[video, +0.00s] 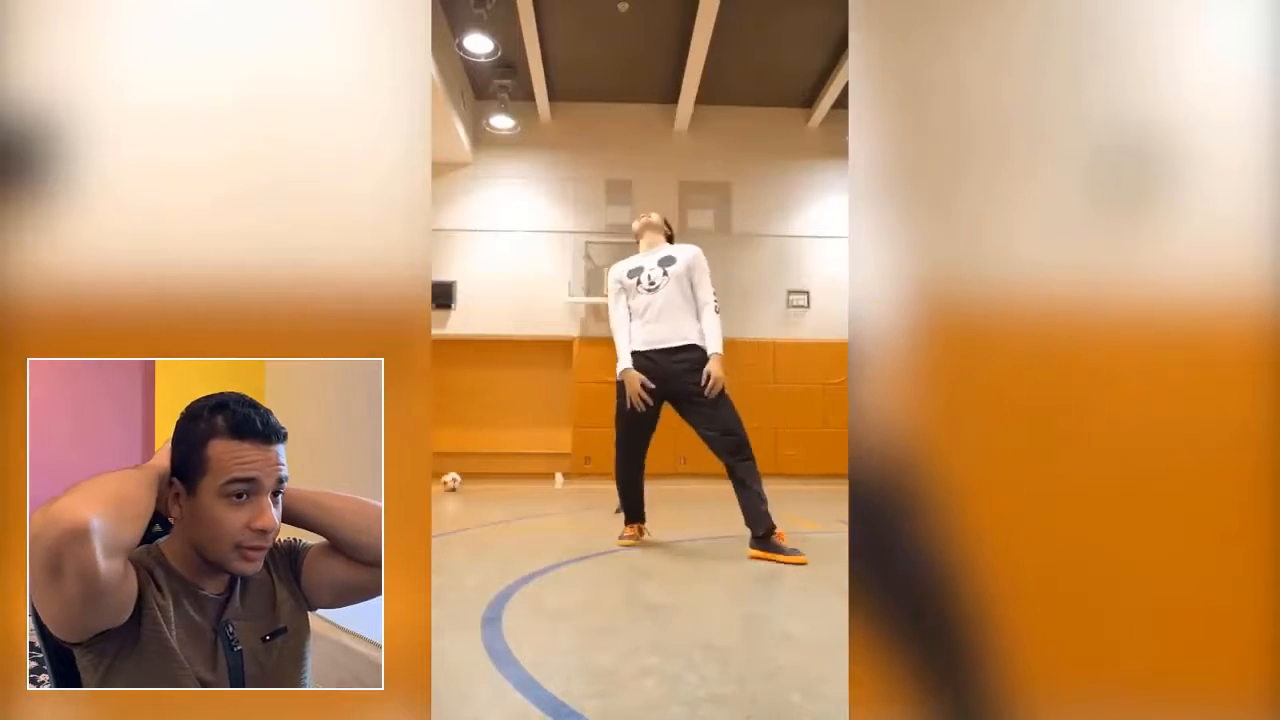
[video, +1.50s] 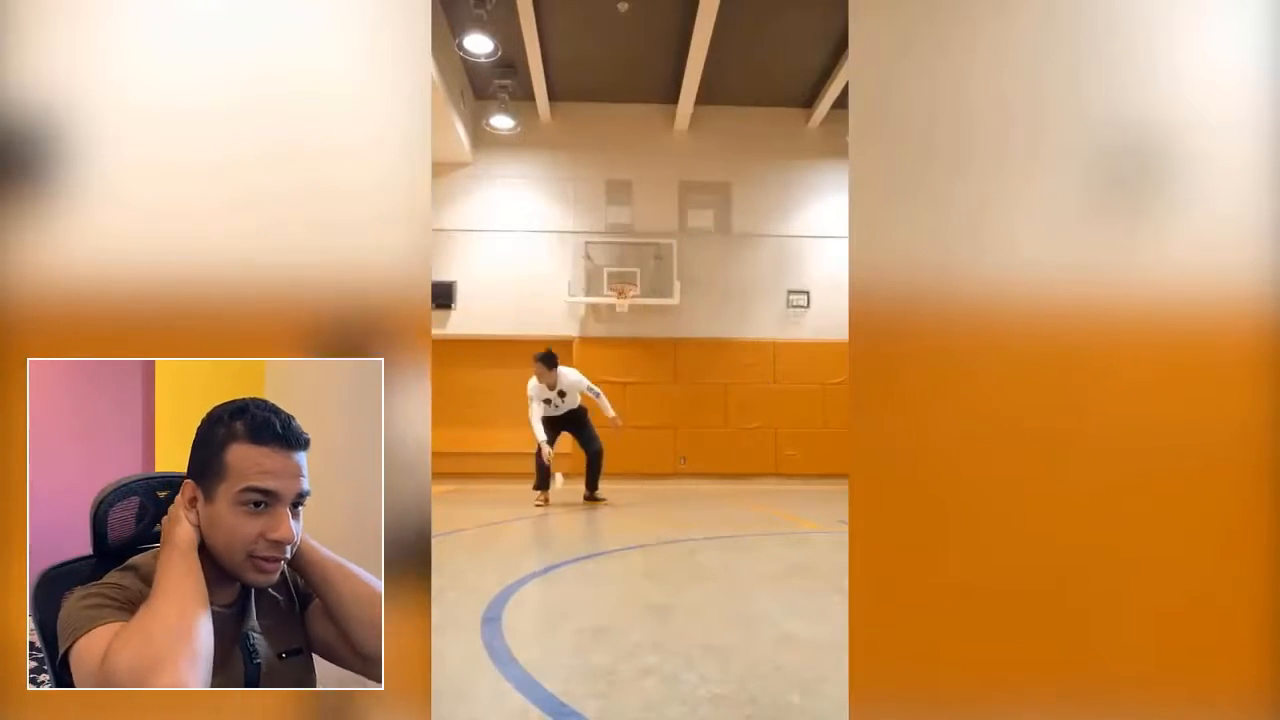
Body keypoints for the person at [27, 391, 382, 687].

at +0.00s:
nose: (267, 522)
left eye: (276, 494)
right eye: (239, 495)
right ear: (177, 501)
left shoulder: (283, 573)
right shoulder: (117, 598)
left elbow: (397, 551)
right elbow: (72, 534)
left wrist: (270, 494)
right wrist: (156, 473)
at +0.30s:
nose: (262, 529)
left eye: (275, 500)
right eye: (233, 500)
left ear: (281, 505)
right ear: (178, 501)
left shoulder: (285, 575)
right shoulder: (116, 601)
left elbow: (398, 556)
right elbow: (74, 523)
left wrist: (271, 501)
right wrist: (160, 479)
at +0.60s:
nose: (284, 534)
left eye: (292, 504)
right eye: (257, 504)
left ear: (295, 502)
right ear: (191, 503)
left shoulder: (285, 578)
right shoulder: (119, 595)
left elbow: (398, 578)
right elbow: (91, 559)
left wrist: (288, 513)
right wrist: (166, 489)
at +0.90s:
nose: (273, 528)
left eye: (285, 501)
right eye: (244, 498)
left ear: (291, 502)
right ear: (185, 496)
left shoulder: (280, 584)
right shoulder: (94, 601)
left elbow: (396, 628)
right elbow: (165, 647)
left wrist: (283, 526)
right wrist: (168, 513)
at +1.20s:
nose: (283, 533)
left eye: (295, 505)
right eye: (255, 502)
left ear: (301, 503)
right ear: (192, 501)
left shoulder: (281, 585)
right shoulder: (100, 600)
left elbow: (395, 645)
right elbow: (179, 666)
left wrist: (289, 532)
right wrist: (174, 521)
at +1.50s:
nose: (286, 535)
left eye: (297, 506)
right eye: (257, 504)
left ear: (304, 503)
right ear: (194, 503)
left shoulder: (284, 585)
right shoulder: (101, 604)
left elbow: (397, 658)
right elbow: (166, 691)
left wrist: (294, 538)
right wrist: (179, 543)